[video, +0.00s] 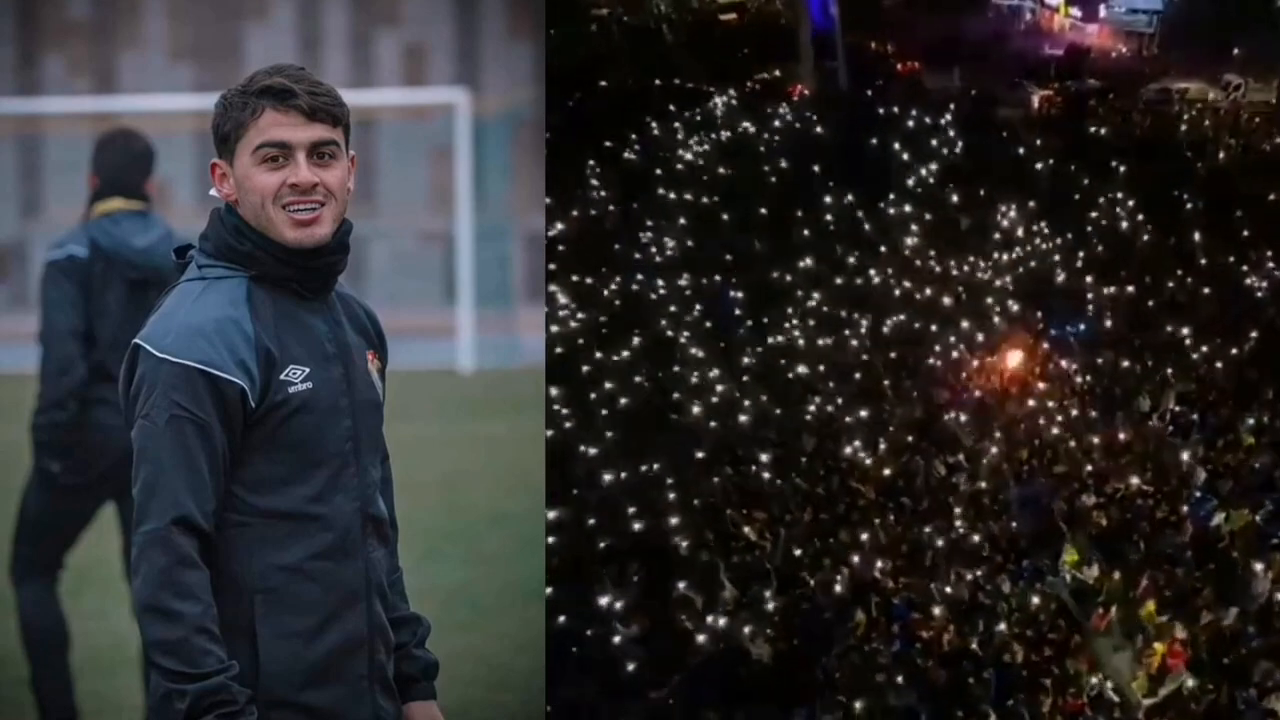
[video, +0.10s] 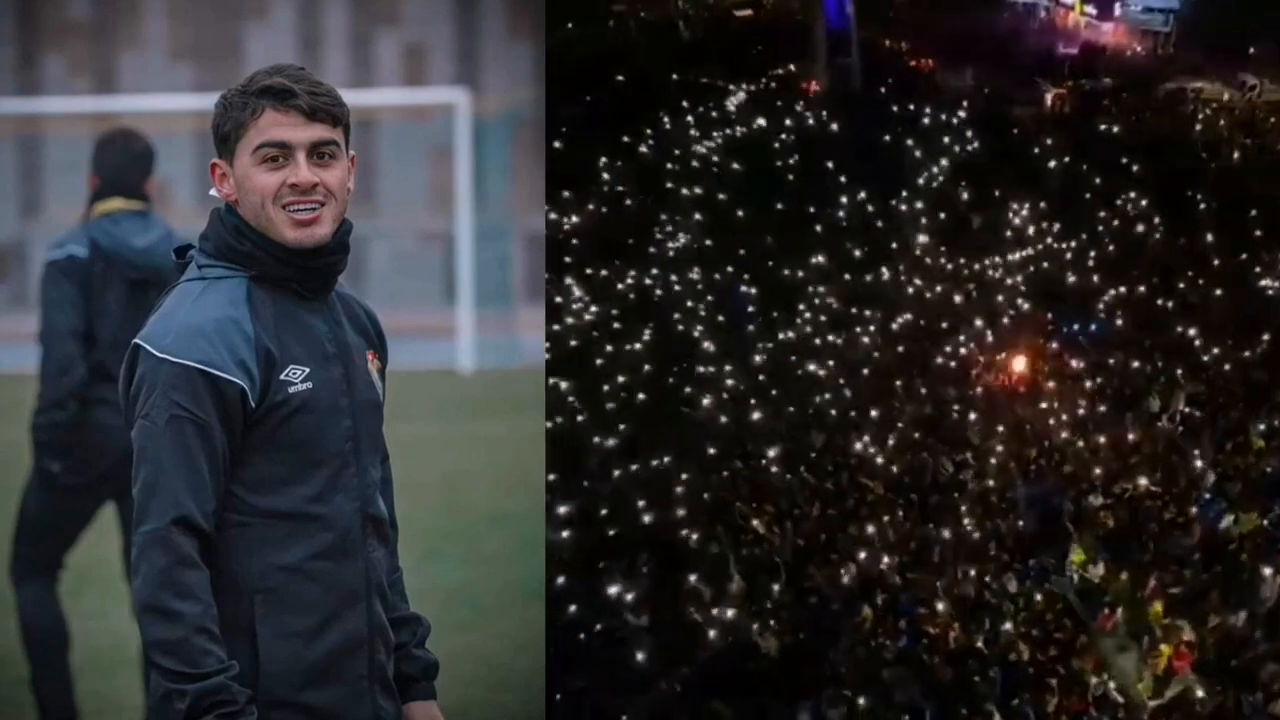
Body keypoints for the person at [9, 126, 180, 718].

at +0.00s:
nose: (96, 182)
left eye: (92, 173)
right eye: (150, 178)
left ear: (94, 180)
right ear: (152, 185)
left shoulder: (73, 254)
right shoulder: (178, 255)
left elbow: (65, 363)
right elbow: (191, 352)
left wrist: (51, 442)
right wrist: (175, 429)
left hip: (87, 449)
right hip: (158, 447)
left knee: (34, 570)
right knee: (157, 580)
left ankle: (57, 707)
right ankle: (167, 704)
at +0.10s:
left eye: (92, 174)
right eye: (150, 178)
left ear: (94, 180)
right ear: (152, 185)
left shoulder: (73, 254)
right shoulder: (178, 255)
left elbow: (65, 363)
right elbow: (190, 351)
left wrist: (51, 441)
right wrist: (175, 428)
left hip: (87, 448)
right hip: (158, 447)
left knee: (33, 569)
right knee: (157, 580)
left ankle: (56, 707)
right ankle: (167, 704)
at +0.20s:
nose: (96, 182)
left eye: (92, 173)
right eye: (150, 178)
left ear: (94, 180)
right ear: (152, 185)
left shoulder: (73, 254)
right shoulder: (178, 255)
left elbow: (65, 363)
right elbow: (191, 352)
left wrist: (51, 442)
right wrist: (175, 429)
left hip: (87, 449)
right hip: (158, 447)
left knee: (34, 570)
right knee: (157, 580)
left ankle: (57, 707)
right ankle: (167, 704)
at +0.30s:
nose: (96, 182)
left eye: (92, 173)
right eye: (150, 178)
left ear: (94, 180)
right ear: (152, 185)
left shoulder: (73, 254)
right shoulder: (178, 255)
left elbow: (65, 363)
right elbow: (191, 352)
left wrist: (51, 442)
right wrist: (175, 429)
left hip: (87, 449)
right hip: (158, 447)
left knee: (34, 570)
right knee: (157, 580)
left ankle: (57, 707)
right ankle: (167, 704)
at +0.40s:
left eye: (92, 174)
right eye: (150, 178)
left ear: (94, 180)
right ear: (152, 185)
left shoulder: (73, 254)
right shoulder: (178, 255)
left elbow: (65, 363)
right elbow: (190, 351)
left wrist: (51, 441)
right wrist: (175, 428)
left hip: (87, 448)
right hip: (158, 447)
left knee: (33, 569)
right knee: (157, 580)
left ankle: (56, 707)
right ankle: (167, 704)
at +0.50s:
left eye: (92, 174)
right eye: (150, 178)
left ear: (94, 180)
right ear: (152, 185)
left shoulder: (73, 254)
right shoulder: (178, 255)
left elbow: (65, 363)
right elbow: (190, 351)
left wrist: (51, 441)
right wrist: (175, 428)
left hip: (87, 448)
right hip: (158, 447)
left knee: (33, 569)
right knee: (157, 580)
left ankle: (56, 707)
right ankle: (167, 704)